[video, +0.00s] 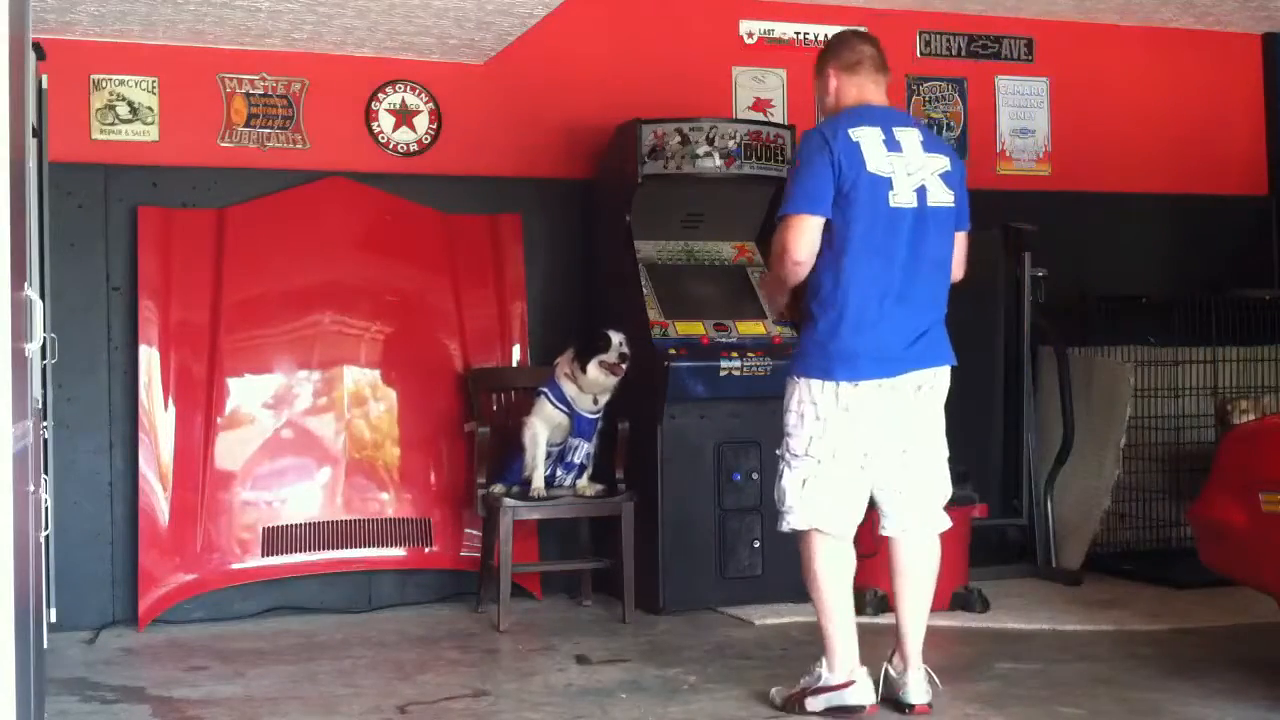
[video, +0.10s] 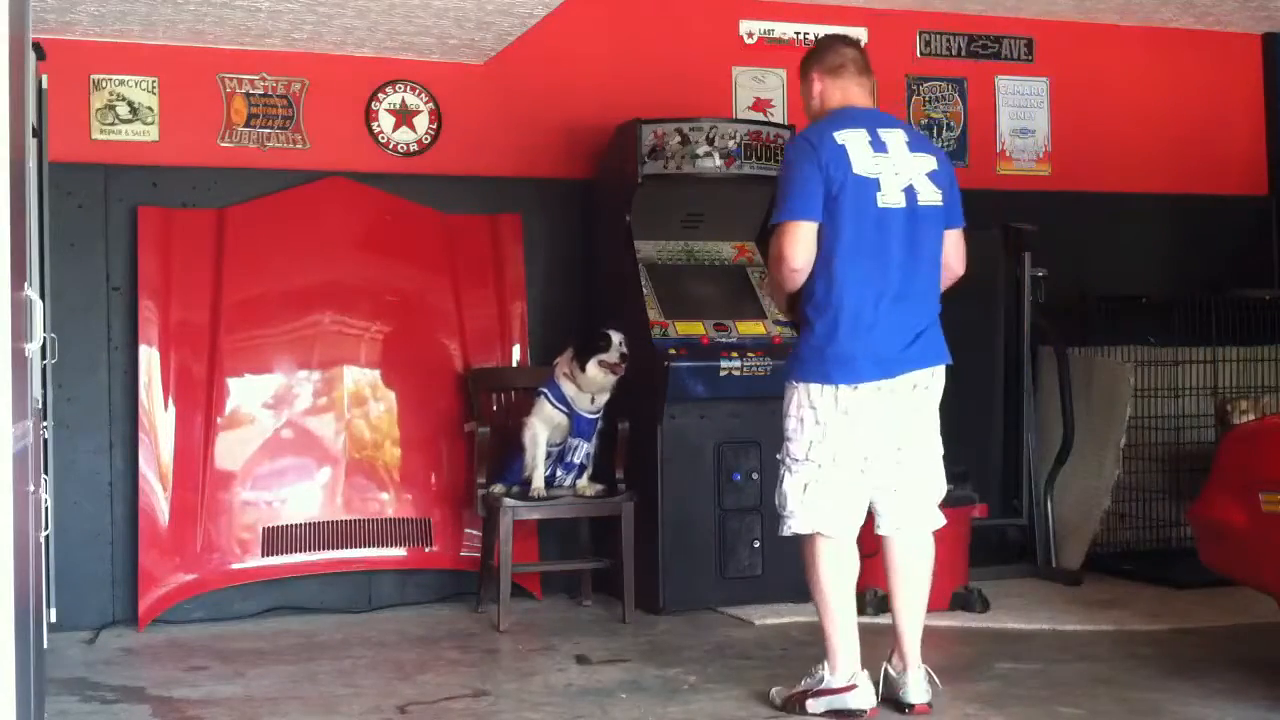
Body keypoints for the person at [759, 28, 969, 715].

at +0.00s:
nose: (819, 98)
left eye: (818, 87)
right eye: (820, 87)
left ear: (832, 79)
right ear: (886, 80)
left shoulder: (828, 142)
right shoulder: (942, 149)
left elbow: (796, 256)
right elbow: (955, 266)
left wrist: (774, 291)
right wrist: (880, 276)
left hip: (839, 370)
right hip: (923, 366)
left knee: (824, 519)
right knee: (915, 515)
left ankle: (841, 675)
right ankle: (911, 670)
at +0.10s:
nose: (800, 104)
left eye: (799, 93)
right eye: (800, 94)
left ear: (813, 85)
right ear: (871, 82)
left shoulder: (815, 144)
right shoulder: (929, 150)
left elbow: (795, 261)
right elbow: (953, 263)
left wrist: (778, 291)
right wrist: (895, 299)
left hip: (838, 370)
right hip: (919, 364)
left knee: (828, 520)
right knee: (910, 514)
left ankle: (842, 676)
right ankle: (910, 670)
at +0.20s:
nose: (788, 107)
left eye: (786, 96)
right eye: (788, 97)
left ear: (800, 87)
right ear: (851, 81)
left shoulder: (803, 146)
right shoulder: (916, 143)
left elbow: (786, 264)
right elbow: (950, 254)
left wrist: (775, 317)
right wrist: (897, 293)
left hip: (835, 367)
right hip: (915, 360)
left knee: (830, 520)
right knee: (907, 514)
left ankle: (842, 676)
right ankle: (910, 669)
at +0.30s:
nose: (776, 113)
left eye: (774, 102)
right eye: (776, 104)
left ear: (786, 93)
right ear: (837, 84)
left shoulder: (793, 148)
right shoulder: (908, 143)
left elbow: (783, 260)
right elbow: (942, 249)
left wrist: (766, 348)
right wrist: (874, 250)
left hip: (832, 368)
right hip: (916, 360)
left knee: (830, 521)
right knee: (907, 514)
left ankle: (842, 678)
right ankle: (911, 669)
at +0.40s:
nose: (766, 124)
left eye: (763, 113)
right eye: (764, 115)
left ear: (776, 99)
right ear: (829, 94)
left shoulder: (786, 150)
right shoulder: (897, 146)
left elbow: (777, 261)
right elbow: (927, 250)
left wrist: (763, 367)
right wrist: (892, 325)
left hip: (836, 367)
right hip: (919, 360)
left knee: (829, 522)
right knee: (908, 515)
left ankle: (842, 677)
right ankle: (915, 669)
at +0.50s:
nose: (753, 148)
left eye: (750, 137)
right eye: (748, 139)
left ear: (764, 118)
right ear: (817, 111)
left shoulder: (782, 159)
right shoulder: (880, 157)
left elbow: (775, 269)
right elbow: (898, 262)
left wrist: (762, 374)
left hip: (847, 367)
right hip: (928, 358)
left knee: (827, 520)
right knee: (912, 514)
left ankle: (843, 675)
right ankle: (931, 663)